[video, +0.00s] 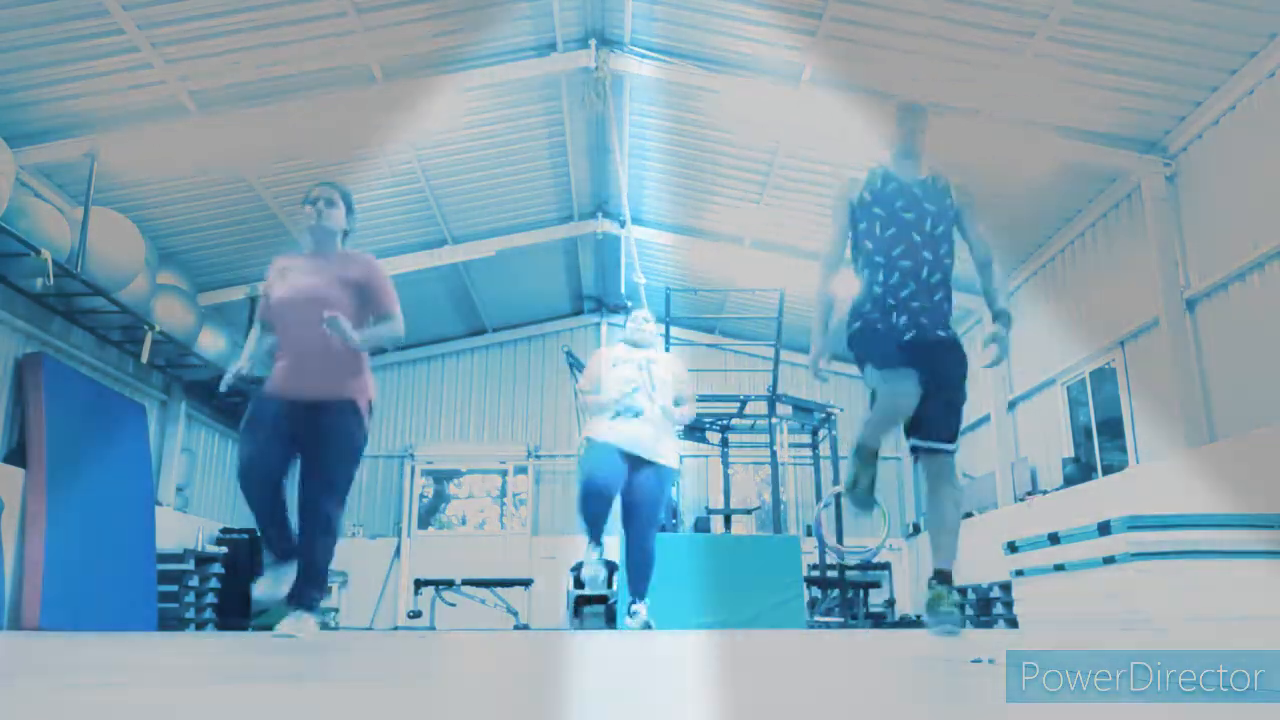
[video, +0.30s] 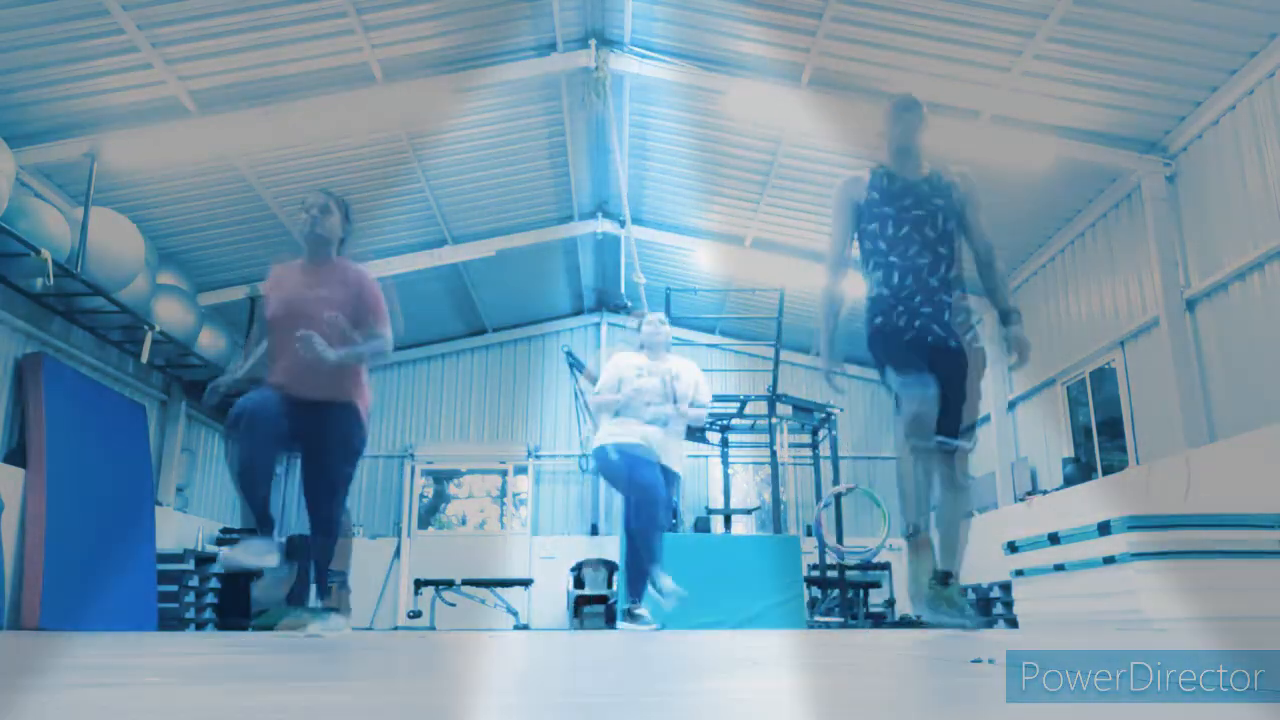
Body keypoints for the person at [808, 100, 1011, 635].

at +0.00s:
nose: (908, 136)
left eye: (916, 127)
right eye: (901, 126)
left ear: (926, 134)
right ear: (886, 134)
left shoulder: (949, 193)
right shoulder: (859, 190)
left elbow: (983, 257)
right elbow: (830, 270)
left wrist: (997, 310)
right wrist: (820, 338)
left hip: (936, 333)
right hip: (876, 326)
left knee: (939, 463)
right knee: (902, 393)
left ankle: (943, 585)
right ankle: (865, 452)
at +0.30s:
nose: (907, 131)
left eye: (913, 122)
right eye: (900, 122)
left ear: (924, 130)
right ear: (886, 131)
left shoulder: (953, 190)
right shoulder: (861, 188)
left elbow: (986, 256)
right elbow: (835, 270)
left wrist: (1009, 320)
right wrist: (826, 343)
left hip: (950, 324)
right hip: (894, 318)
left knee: (954, 459)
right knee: (918, 412)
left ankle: (948, 583)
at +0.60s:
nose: (912, 128)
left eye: (919, 120)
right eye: (904, 120)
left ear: (930, 128)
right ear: (892, 128)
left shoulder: (961, 190)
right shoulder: (871, 188)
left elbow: (989, 260)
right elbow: (851, 262)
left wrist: (1018, 320)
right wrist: (856, 323)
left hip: (985, 331)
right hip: (922, 333)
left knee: (1010, 457)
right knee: (924, 460)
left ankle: (974, 550)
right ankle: (929, 589)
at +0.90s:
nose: (958, 155)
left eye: (964, 146)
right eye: (948, 147)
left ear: (975, 153)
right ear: (932, 156)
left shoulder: (999, 215)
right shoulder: (911, 212)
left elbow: (1026, 290)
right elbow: (899, 296)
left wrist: (1057, 365)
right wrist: (931, 346)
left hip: (997, 345)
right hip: (943, 353)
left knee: (1056, 360)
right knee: (962, 477)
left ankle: (1014, 441)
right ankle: (957, 598)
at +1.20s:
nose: (1013, 154)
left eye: (1022, 145)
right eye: (1005, 143)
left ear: (1035, 153)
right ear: (990, 149)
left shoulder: (1046, 208)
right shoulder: (961, 202)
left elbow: (1076, 283)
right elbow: (929, 280)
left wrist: (1104, 350)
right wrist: (948, 339)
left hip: (1043, 346)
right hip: (980, 347)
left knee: (1104, 464)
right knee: (963, 478)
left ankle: (1100, 597)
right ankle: (929, 591)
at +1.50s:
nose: (1040, 135)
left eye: (1048, 127)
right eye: (1032, 125)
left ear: (1058, 133)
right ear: (1015, 129)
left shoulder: (1085, 186)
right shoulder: (984, 188)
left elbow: (1112, 265)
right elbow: (962, 261)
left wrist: (1125, 333)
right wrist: (966, 326)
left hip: (1078, 330)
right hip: (1015, 326)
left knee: (1091, 467)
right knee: (1047, 405)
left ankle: (1097, 592)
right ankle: (990, 490)